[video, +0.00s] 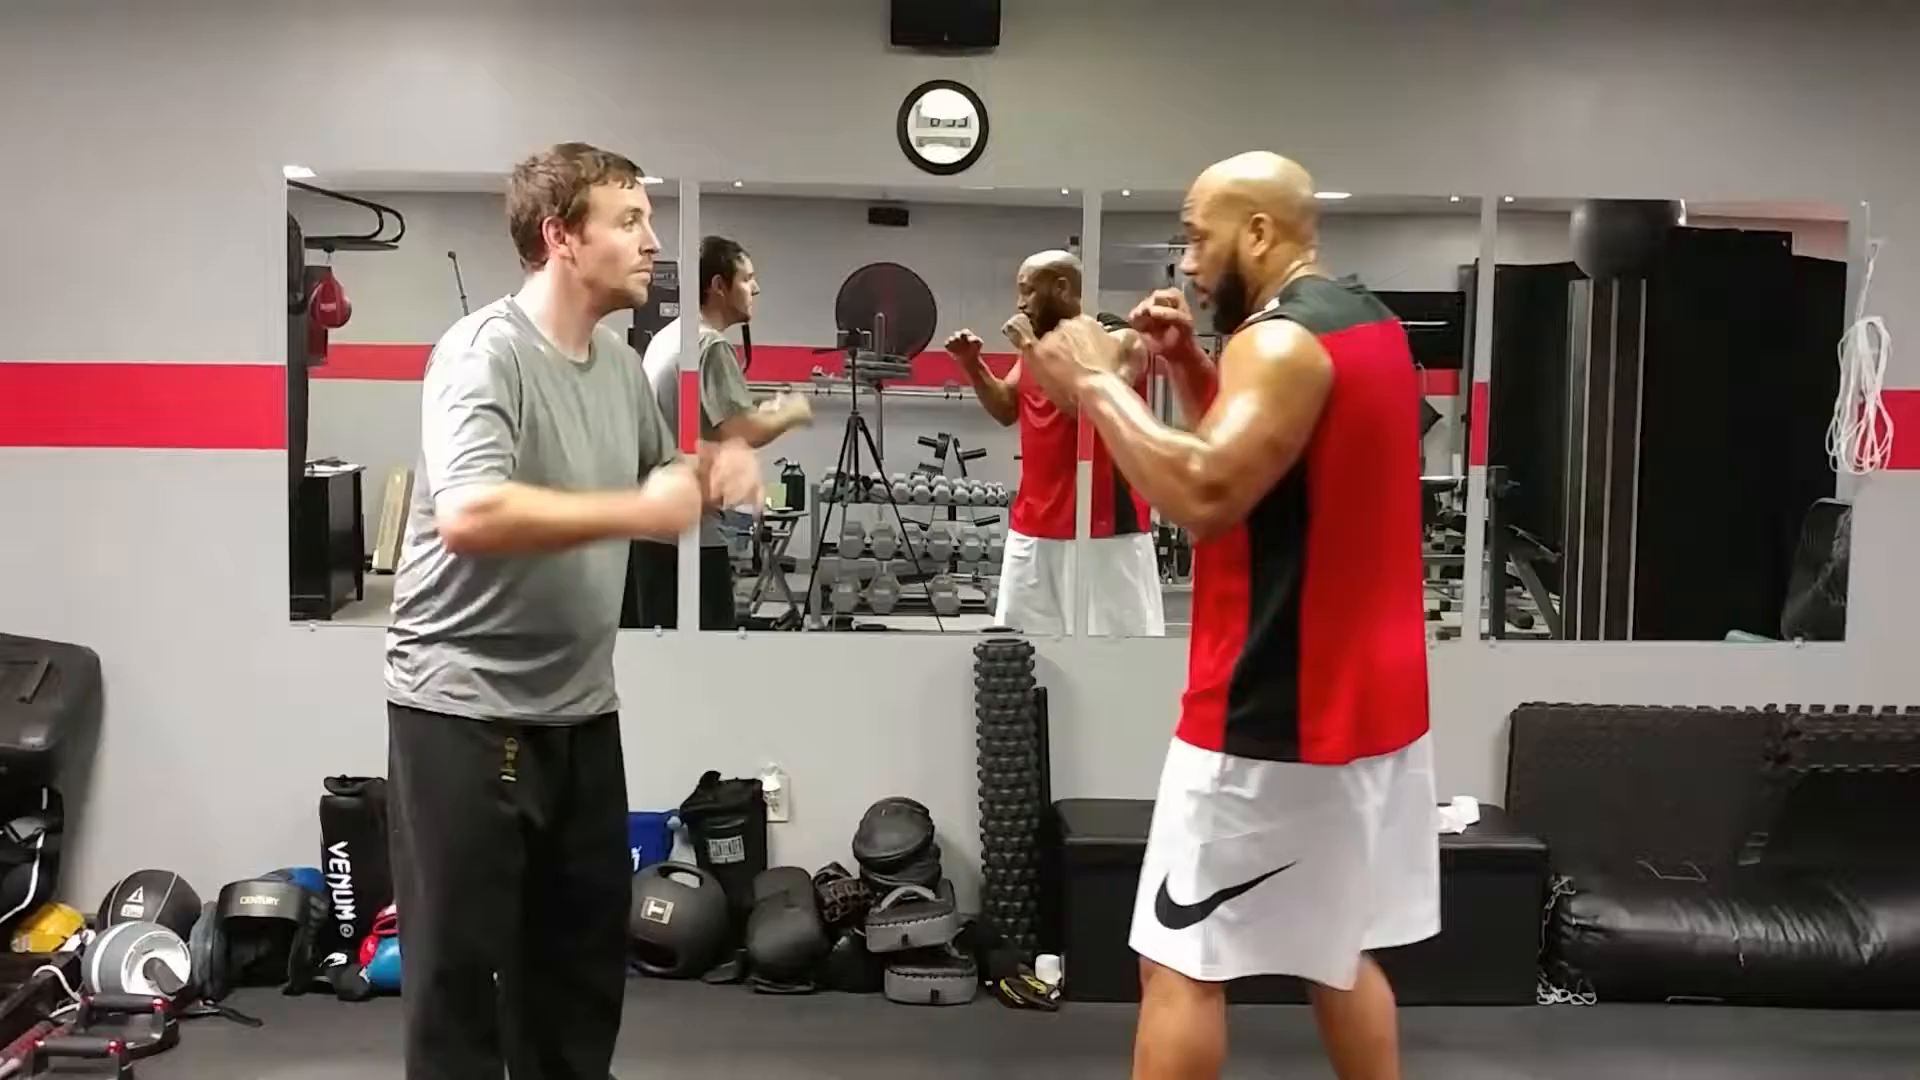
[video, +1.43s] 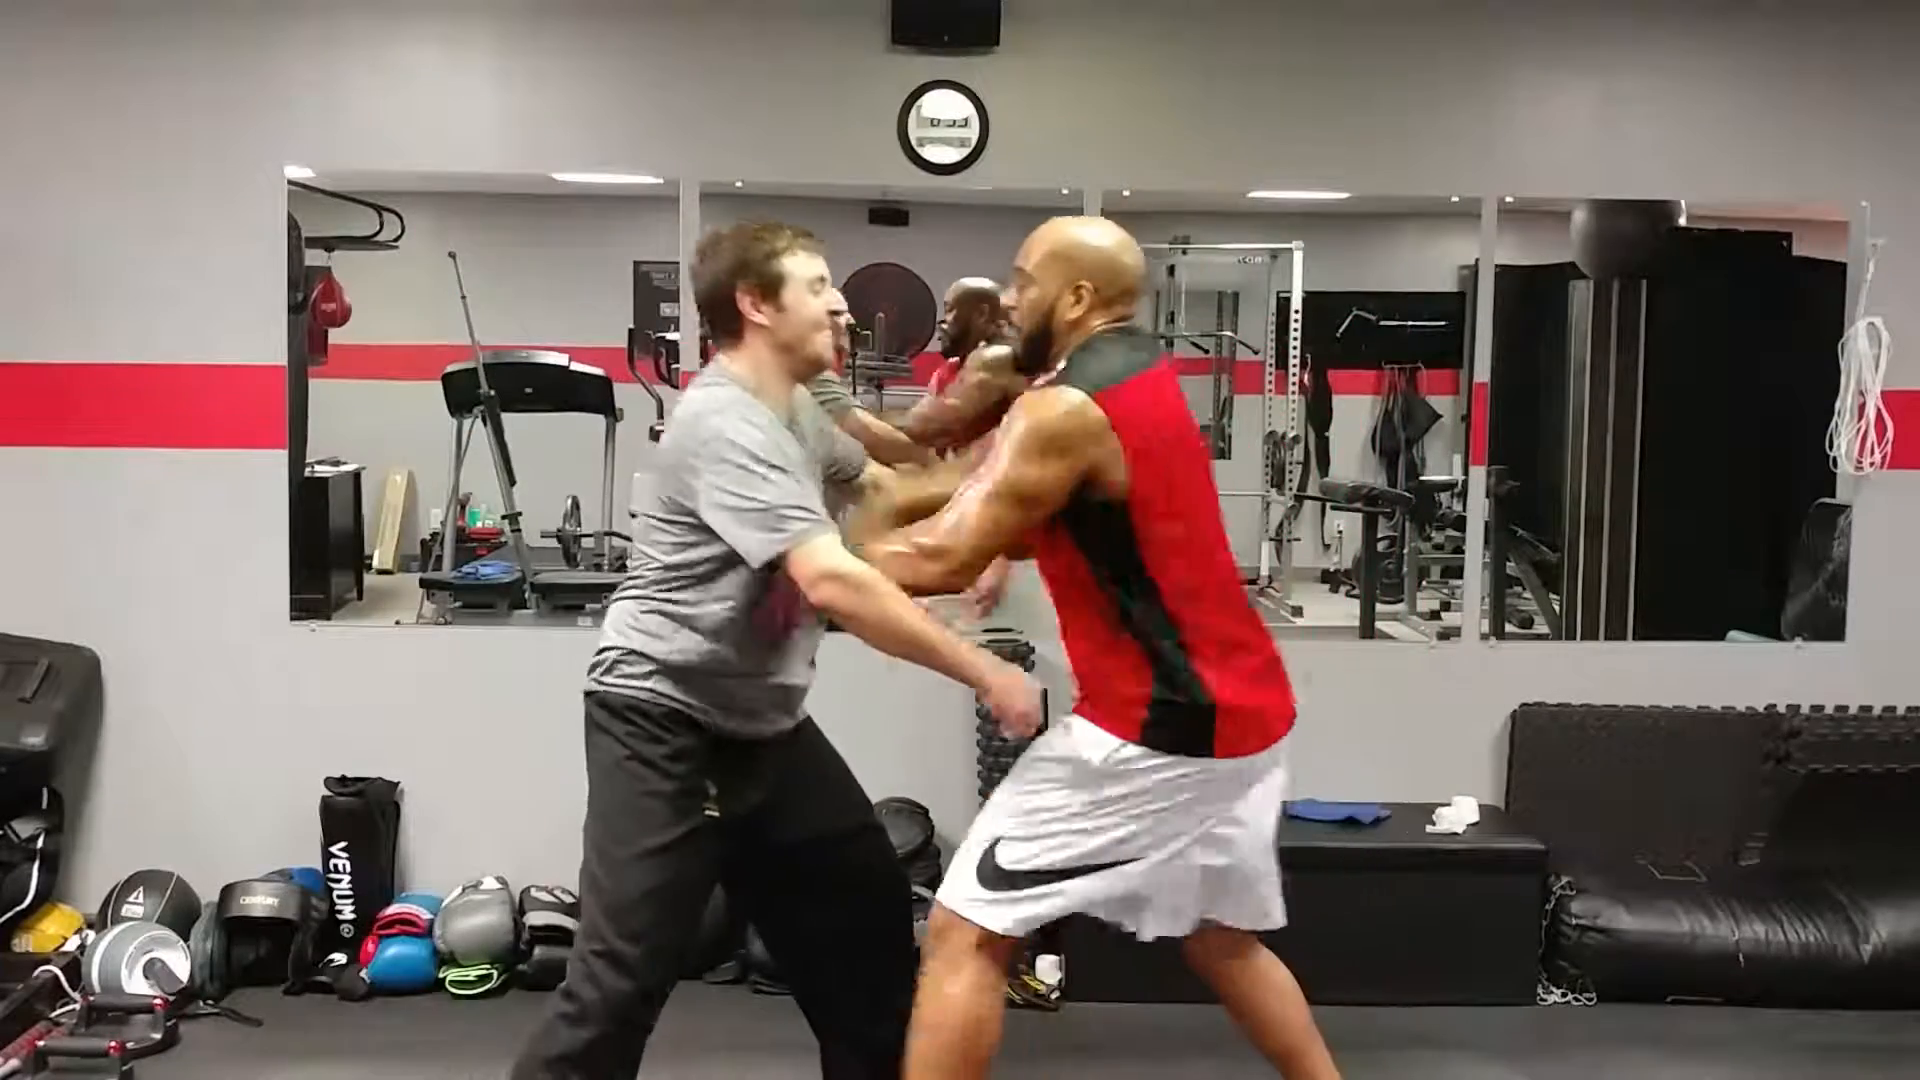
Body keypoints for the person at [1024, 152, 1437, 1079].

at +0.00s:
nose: (1185, 262)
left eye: (1196, 239)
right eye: (1185, 240)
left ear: (1257, 234)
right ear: (1277, 234)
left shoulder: (1284, 341)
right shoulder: (1368, 324)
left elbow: (1204, 497)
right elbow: (1257, 470)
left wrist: (1091, 385)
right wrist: (1184, 364)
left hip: (1262, 711)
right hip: (1370, 702)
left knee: (1179, 964)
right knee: (1340, 950)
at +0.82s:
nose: (1129, 252)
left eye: (1144, 234)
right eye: (1133, 232)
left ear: (1204, 239)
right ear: (1219, 240)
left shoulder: (1224, 343)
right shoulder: (1281, 326)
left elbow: (1121, 479)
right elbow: (1142, 427)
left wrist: (1032, 345)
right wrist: (1098, 339)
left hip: (1210, 702)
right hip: (1302, 690)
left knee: (1142, 955)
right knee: (1295, 935)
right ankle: (1345, 1076)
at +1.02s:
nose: (1129, 258)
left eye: (1140, 238)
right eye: (1130, 238)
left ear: (1193, 240)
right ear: (1218, 242)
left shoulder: (1204, 331)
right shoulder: (1260, 319)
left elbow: (1095, 488)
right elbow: (1066, 347)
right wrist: (937, 291)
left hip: (1221, 674)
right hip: (1319, 666)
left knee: (1109, 926)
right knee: (1305, 924)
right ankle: (1354, 1076)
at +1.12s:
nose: (1098, 278)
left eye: (1108, 260)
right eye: (1100, 261)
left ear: (1158, 265)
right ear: (1185, 268)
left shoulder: (1191, 361)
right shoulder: (1222, 344)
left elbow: (1164, 539)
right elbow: (1043, 415)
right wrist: (886, 397)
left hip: (1226, 691)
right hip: (1325, 683)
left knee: (1080, 930)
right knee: (1293, 934)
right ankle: (1341, 1075)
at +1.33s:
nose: (1022, 310)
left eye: (1034, 293)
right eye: (1026, 292)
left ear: (1083, 305)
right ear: (1115, 305)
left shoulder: (1107, 411)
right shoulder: (1174, 382)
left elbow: (1117, 578)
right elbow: (1025, 535)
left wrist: (980, 641)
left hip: (1173, 721)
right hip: (1273, 708)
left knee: (1022, 942)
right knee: (1248, 946)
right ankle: (1323, 1073)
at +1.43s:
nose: (1010, 297)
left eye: (1023, 283)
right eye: (1015, 281)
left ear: (1074, 298)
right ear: (1101, 300)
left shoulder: (1062, 409)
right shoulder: (1140, 371)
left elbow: (949, 556)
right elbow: (1020, 501)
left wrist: (847, 563)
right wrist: (888, 513)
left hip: (1151, 723)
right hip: (1242, 708)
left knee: (963, 935)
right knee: (1218, 937)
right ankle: (1322, 1075)